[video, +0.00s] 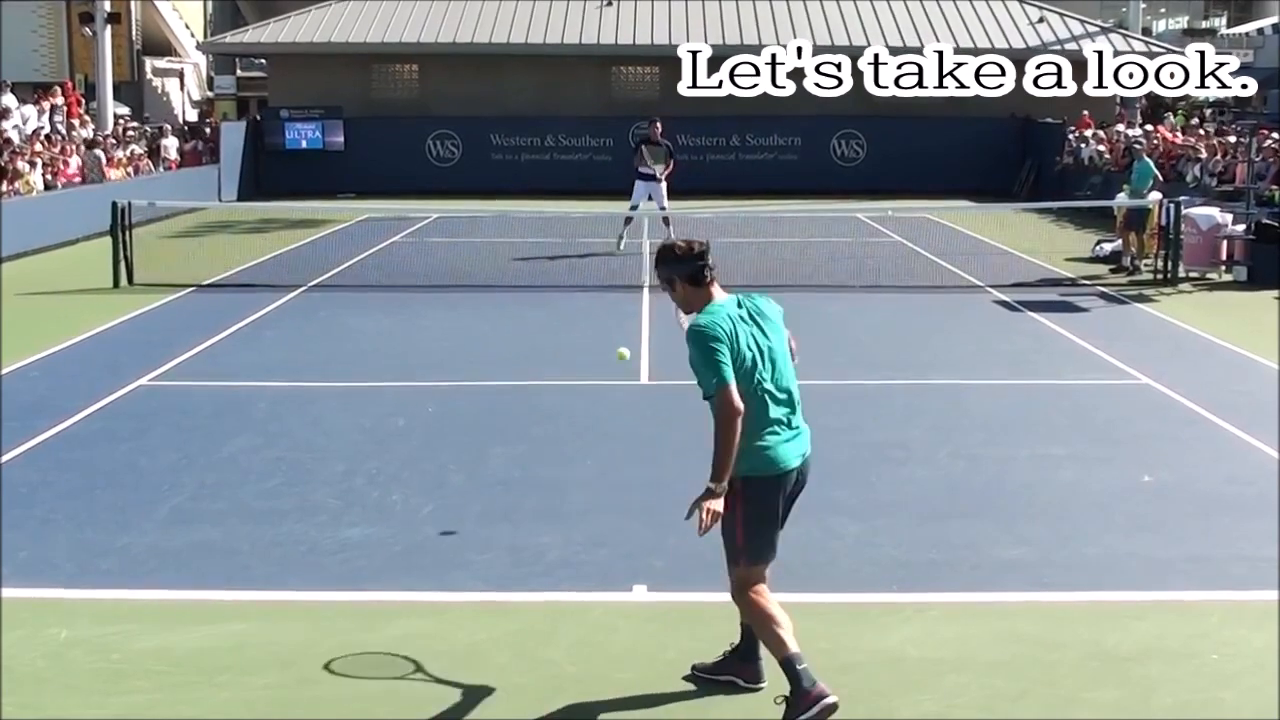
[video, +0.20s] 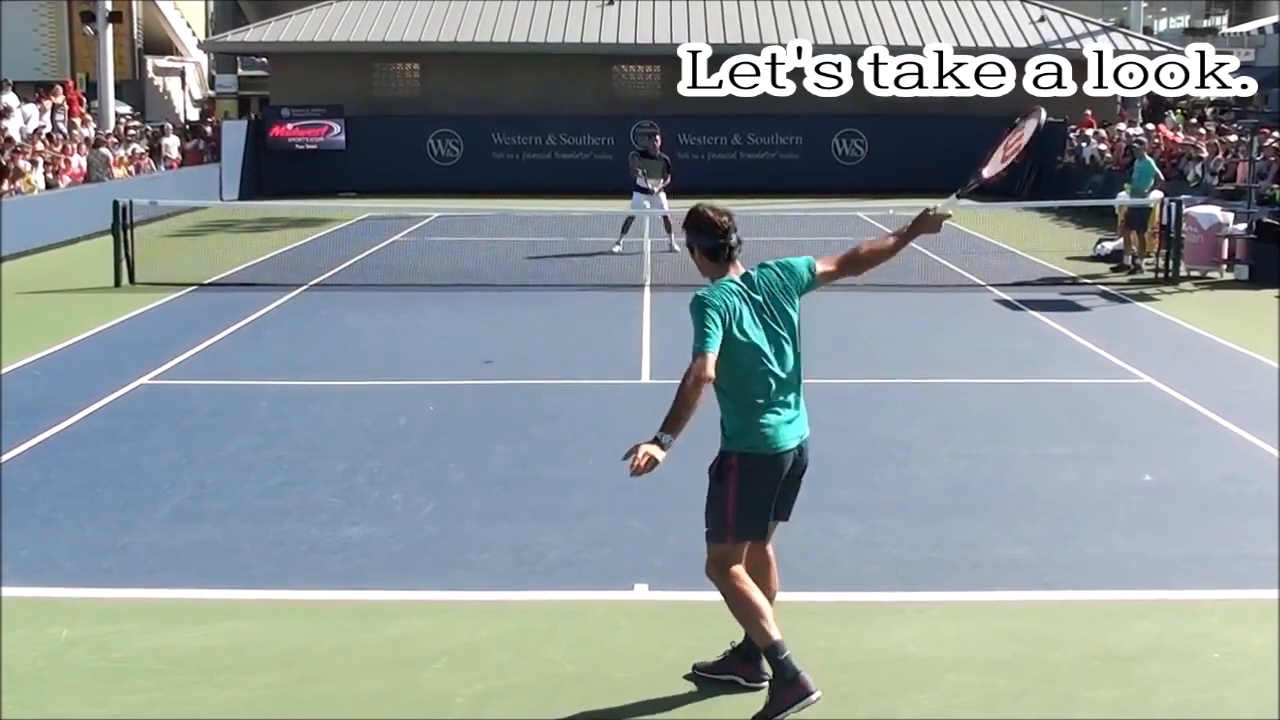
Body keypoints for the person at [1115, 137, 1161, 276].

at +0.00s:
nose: (1134, 152)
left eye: (1137, 149)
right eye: (1133, 149)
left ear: (1143, 149)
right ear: (1132, 150)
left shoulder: (1148, 163)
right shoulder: (1135, 164)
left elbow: (1159, 179)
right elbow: (1136, 181)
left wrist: (1147, 192)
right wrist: (1129, 188)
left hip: (1143, 204)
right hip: (1132, 203)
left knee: (1139, 234)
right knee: (1124, 231)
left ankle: (1138, 264)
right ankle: (1125, 262)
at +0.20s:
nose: (1135, 151)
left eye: (1137, 148)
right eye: (1133, 148)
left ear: (1144, 148)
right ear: (1133, 149)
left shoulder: (1149, 162)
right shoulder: (1136, 163)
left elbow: (1160, 178)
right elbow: (1137, 179)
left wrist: (1149, 191)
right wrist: (1131, 187)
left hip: (1144, 202)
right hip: (1133, 201)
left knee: (1140, 232)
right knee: (1126, 230)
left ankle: (1140, 263)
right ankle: (1126, 261)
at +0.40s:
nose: (1134, 152)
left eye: (1136, 149)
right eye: (1133, 149)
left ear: (1143, 148)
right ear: (1133, 150)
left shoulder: (1148, 162)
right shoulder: (1136, 163)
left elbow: (1160, 179)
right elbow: (1136, 180)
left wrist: (1149, 191)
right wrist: (1130, 188)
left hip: (1143, 202)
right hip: (1133, 201)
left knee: (1140, 233)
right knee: (1125, 230)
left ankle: (1139, 263)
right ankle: (1126, 261)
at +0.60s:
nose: (1131, 153)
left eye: (1134, 150)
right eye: (1131, 151)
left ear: (1141, 151)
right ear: (1132, 152)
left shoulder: (1147, 164)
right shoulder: (1135, 165)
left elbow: (1159, 180)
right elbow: (1136, 181)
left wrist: (1148, 192)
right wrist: (1129, 190)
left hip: (1142, 204)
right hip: (1132, 203)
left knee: (1140, 234)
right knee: (1124, 231)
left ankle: (1139, 264)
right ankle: (1125, 262)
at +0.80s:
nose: (1129, 154)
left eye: (1132, 151)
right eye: (1129, 151)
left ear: (1139, 151)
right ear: (1131, 152)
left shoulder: (1146, 165)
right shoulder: (1134, 165)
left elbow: (1157, 181)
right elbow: (1135, 182)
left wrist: (1146, 193)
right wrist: (1128, 190)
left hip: (1141, 205)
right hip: (1131, 203)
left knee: (1139, 235)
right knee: (1124, 233)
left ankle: (1138, 265)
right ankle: (1124, 263)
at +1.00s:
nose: (1129, 154)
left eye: (1132, 151)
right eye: (1129, 151)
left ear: (1138, 152)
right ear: (1130, 152)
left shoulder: (1145, 166)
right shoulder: (1132, 165)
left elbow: (1156, 182)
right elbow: (1134, 182)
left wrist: (1144, 193)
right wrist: (1126, 191)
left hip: (1140, 206)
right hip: (1129, 204)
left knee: (1138, 236)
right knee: (1123, 234)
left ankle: (1137, 265)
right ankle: (1123, 263)